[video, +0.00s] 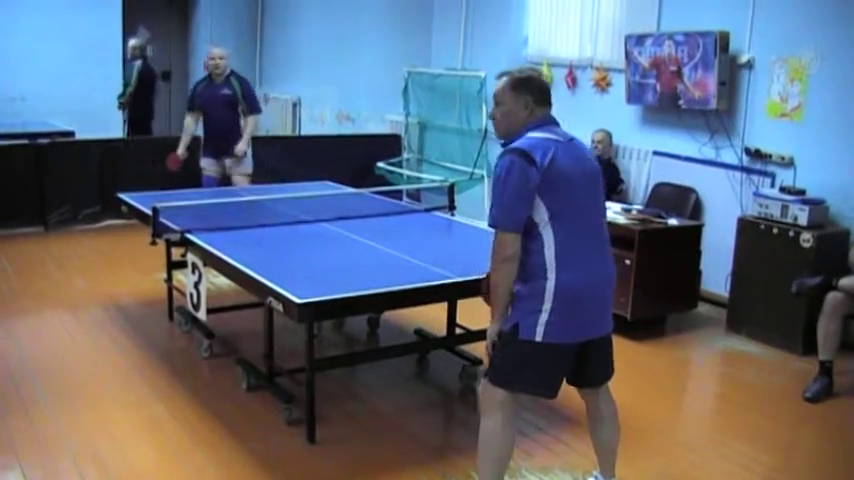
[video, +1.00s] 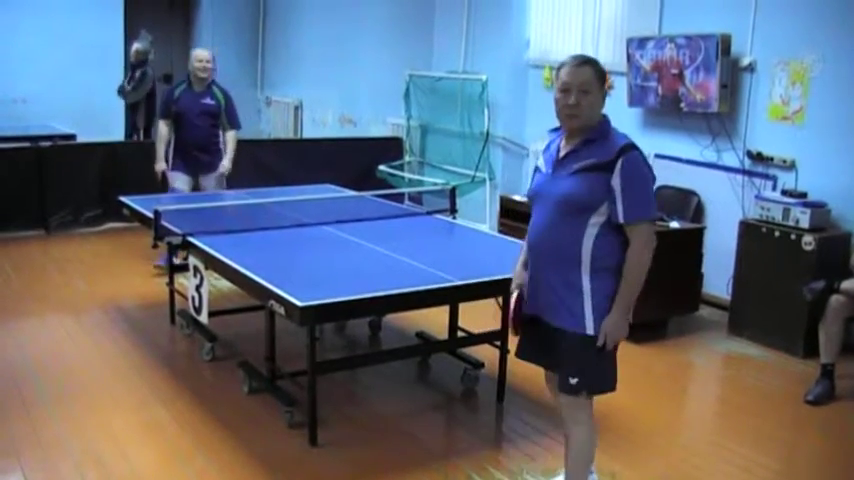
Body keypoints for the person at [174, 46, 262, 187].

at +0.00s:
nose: (216, 63)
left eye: (220, 59)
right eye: (212, 59)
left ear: (227, 61)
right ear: (207, 62)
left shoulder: (239, 84)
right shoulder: (200, 87)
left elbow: (251, 114)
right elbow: (191, 117)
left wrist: (244, 142)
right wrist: (182, 148)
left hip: (236, 149)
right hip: (210, 149)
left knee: (242, 194)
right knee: (209, 196)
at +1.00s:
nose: (204, 66)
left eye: (208, 62)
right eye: (199, 62)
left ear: (213, 66)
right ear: (190, 65)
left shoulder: (221, 95)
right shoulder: (175, 92)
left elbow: (231, 129)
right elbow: (164, 124)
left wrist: (228, 159)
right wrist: (160, 159)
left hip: (212, 163)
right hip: (180, 162)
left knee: (215, 211)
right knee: (176, 210)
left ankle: (216, 256)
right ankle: (171, 253)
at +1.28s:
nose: (179, 66)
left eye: (182, 61)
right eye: (174, 62)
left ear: (188, 63)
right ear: (165, 66)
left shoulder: (201, 92)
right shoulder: (155, 95)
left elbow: (216, 128)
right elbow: (146, 130)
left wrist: (221, 161)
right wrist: (145, 166)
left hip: (198, 164)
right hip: (166, 165)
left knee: (204, 213)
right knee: (168, 215)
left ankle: (205, 260)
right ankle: (173, 260)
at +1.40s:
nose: (170, 67)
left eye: (174, 61)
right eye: (164, 63)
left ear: (180, 64)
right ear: (155, 68)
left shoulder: (195, 91)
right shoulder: (147, 96)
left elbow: (210, 126)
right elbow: (139, 132)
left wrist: (214, 159)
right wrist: (139, 168)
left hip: (195, 164)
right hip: (162, 168)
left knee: (204, 215)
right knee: (168, 218)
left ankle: (205, 259)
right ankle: (172, 260)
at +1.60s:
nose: (161, 70)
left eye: (163, 65)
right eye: (154, 67)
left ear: (170, 65)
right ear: (147, 72)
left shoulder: (188, 92)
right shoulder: (141, 98)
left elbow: (203, 127)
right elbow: (134, 134)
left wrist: (205, 162)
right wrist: (132, 171)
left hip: (190, 165)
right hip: (160, 168)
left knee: (194, 216)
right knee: (167, 218)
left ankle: (198, 260)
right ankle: (174, 261)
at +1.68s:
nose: (159, 72)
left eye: (161, 66)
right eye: (153, 69)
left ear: (168, 66)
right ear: (146, 74)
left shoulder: (187, 92)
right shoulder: (141, 99)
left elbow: (200, 128)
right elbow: (133, 135)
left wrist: (198, 162)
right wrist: (131, 171)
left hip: (191, 162)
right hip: (161, 166)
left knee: (196, 213)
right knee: (167, 216)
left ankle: (199, 260)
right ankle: (175, 261)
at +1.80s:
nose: (159, 73)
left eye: (162, 67)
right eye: (153, 69)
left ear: (169, 67)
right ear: (146, 74)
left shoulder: (187, 91)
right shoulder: (140, 100)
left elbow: (197, 127)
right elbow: (135, 136)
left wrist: (188, 161)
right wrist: (134, 171)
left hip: (192, 159)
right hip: (161, 164)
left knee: (195, 212)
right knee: (167, 215)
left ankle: (200, 261)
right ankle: (175, 261)